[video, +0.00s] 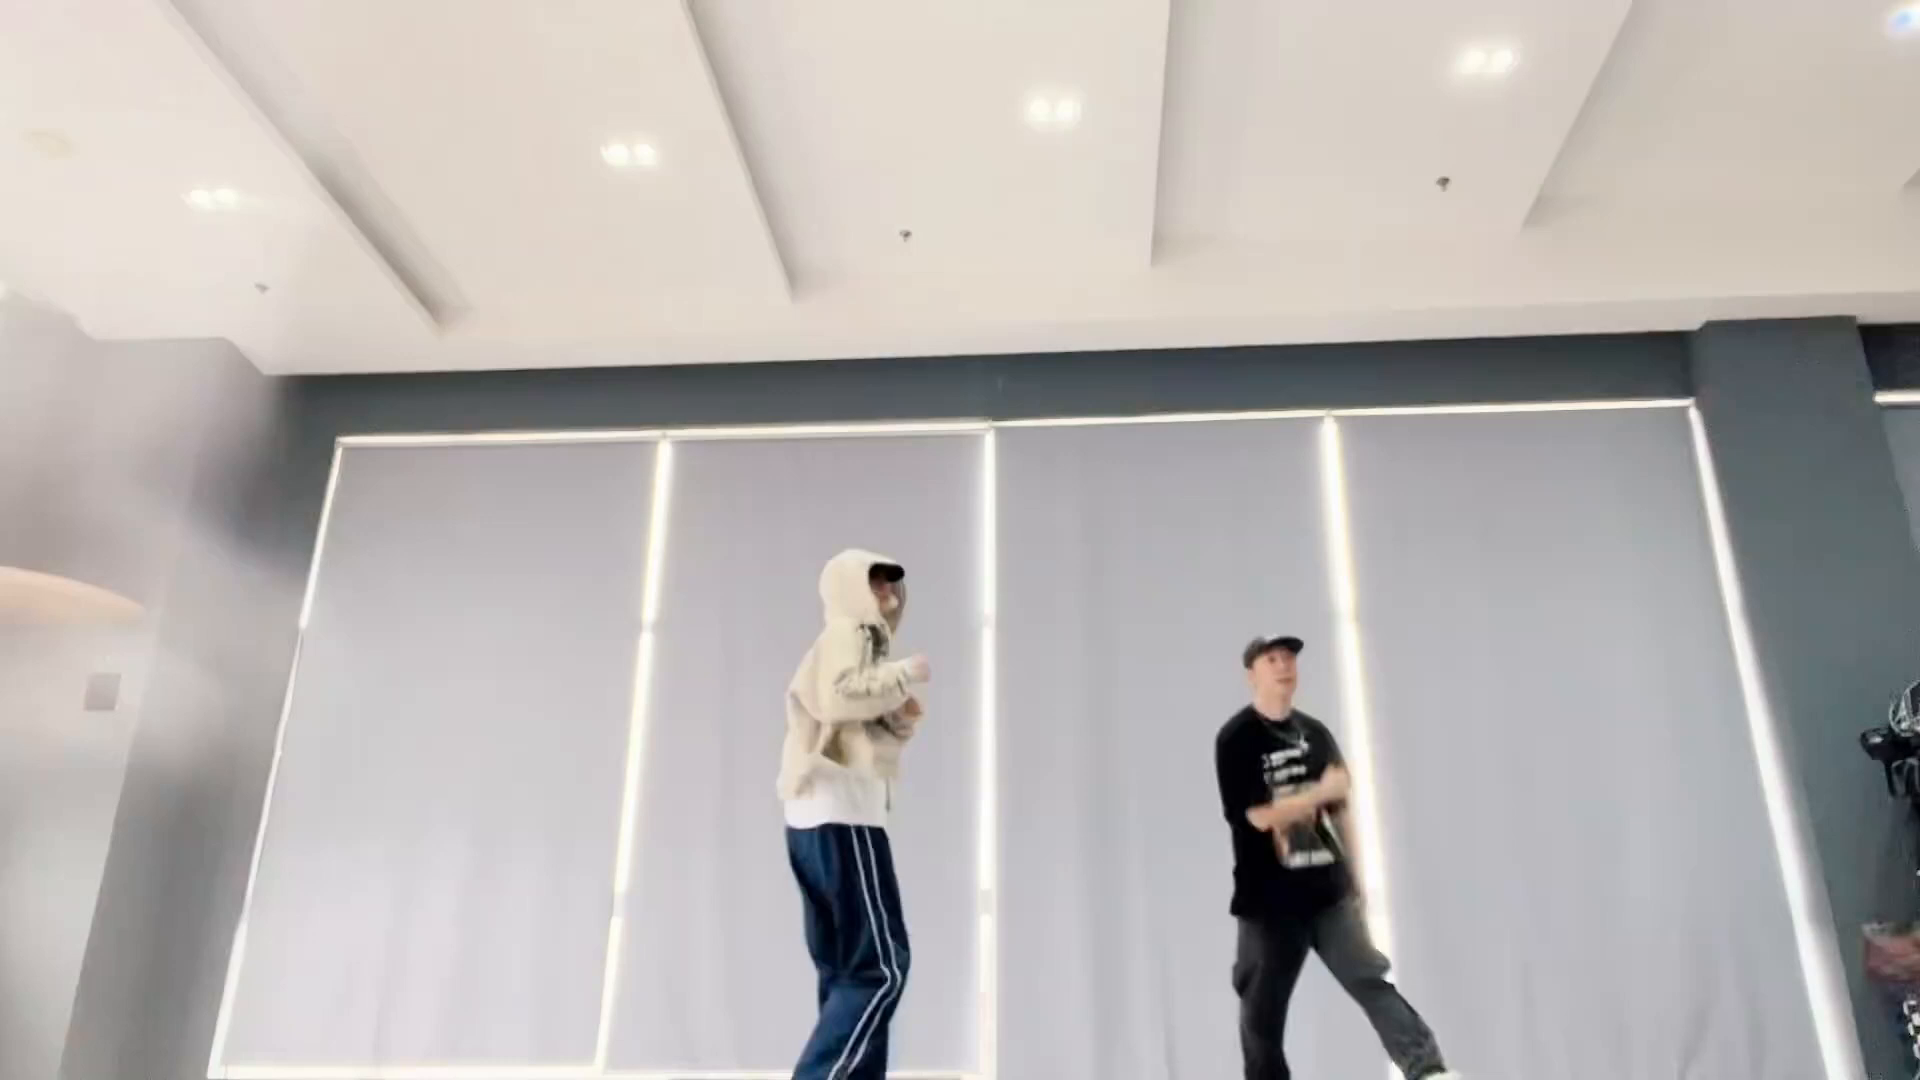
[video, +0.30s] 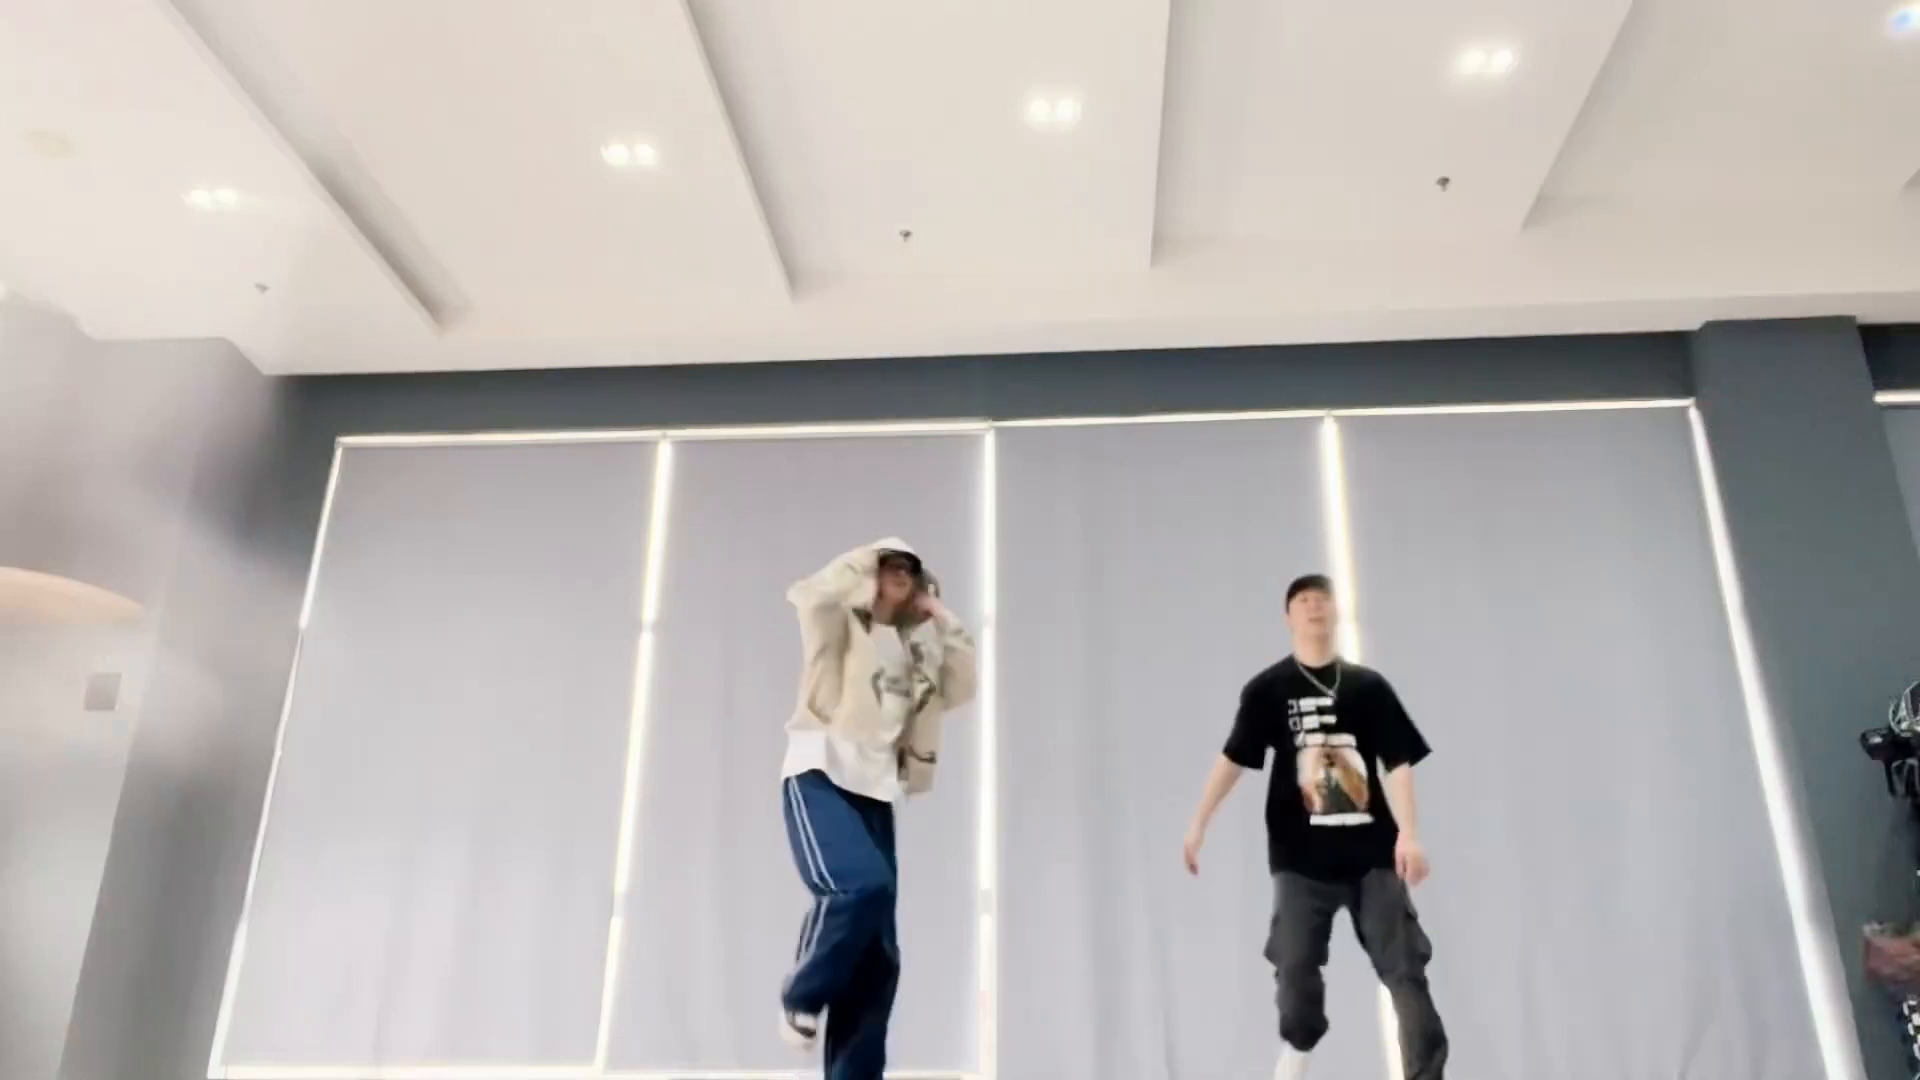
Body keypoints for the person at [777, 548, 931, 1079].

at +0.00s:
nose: (893, 592)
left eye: (894, 583)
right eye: (881, 582)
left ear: (844, 596)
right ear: (853, 588)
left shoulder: (840, 646)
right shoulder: (849, 633)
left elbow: (865, 746)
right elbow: (835, 699)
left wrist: (901, 723)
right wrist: (903, 675)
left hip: (817, 822)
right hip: (844, 818)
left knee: (845, 969)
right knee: (884, 964)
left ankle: (858, 1075)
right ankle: (823, 1075)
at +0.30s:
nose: (896, 580)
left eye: (904, 573)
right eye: (887, 570)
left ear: (916, 590)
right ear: (867, 582)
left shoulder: (921, 652)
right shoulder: (839, 629)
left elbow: (961, 689)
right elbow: (813, 598)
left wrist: (941, 616)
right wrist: (867, 560)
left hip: (874, 793)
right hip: (816, 777)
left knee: (878, 950)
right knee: (862, 884)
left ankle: (853, 1071)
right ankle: (802, 1000)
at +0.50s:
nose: (879, 580)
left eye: (889, 573)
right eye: (869, 570)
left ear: (902, 587)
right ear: (850, 580)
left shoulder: (921, 643)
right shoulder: (820, 634)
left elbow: (974, 643)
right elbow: (775, 600)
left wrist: (938, 583)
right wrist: (833, 556)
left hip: (883, 803)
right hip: (815, 794)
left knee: (875, 951)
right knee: (808, 899)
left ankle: (856, 1071)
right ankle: (813, 995)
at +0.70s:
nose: (855, 559)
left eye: (866, 552)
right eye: (846, 552)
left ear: (885, 568)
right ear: (834, 567)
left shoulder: (909, 619)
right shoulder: (809, 622)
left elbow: (962, 604)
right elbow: (738, 620)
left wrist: (918, 578)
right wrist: (804, 581)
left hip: (875, 800)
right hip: (807, 794)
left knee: (859, 948)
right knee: (774, 914)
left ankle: (858, 1073)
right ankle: (790, 1054)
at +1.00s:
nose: (812, 541)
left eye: (824, 533)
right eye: (803, 534)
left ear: (842, 551)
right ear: (791, 552)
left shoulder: (873, 606)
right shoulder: (774, 619)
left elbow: (912, 696)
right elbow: (753, 728)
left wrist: (886, 633)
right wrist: (759, 671)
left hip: (853, 800)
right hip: (781, 793)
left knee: (850, 948)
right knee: (755, 928)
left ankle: (872, 1074)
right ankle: (730, 1070)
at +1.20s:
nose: (793, 530)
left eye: (805, 523)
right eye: (782, 524)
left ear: (822, 543)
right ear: (768, 545)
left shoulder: (854, 610)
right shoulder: (747, 612)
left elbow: (912, 669)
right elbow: (688, 702)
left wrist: (865, 598)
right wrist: (731, 629)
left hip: (833, 795)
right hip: (758, 794)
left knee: (840, 927)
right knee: (742, 938)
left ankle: (837, 1059)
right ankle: (732, 1072)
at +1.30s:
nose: (802, 506)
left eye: (813, 499)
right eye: (790, 499)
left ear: (829, 520)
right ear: (774, 520)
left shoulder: (858, 584)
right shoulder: (747, 580)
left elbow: (905, 653)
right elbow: (689, 670)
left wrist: (854, 580)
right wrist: (736, 600)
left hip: (837, 779)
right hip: (759, 776)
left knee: (831, 928)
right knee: (747, 936)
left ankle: (823, 1070)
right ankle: (733, 1071)